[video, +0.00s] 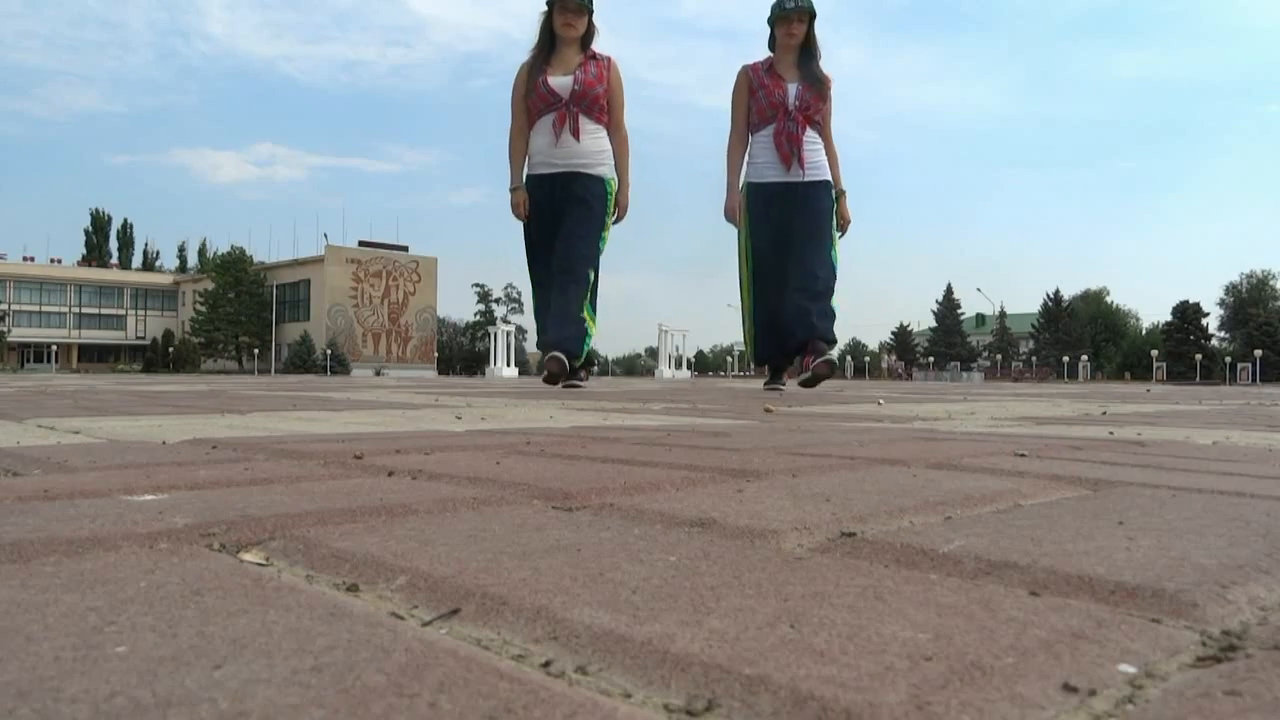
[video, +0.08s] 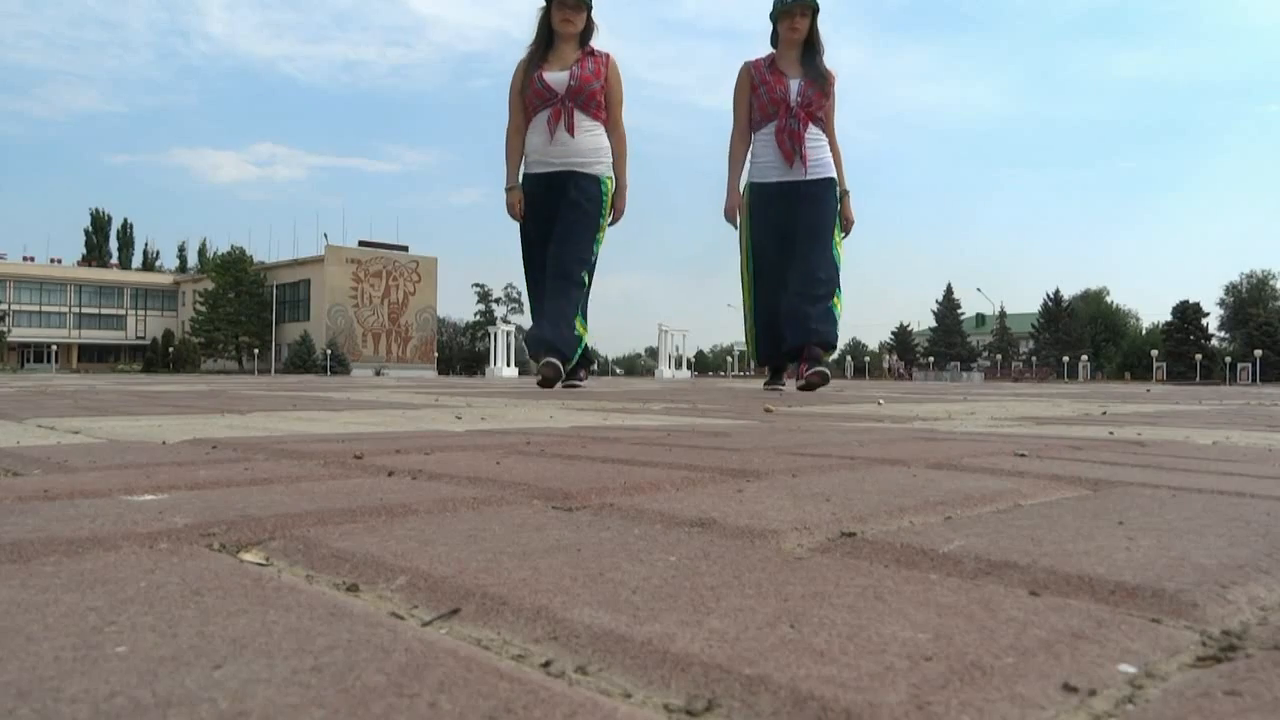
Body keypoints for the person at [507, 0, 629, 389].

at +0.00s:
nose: (570, 17)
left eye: (578, 11)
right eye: (562, 10)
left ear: (589, 19)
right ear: (550, 16)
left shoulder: (605, 67)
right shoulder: (530, 70)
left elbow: (617, 129)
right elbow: (519, 129)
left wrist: (623, 184)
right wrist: (516, 182)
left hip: (591, 178)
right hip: (541, 179)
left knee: (573, 261)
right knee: (545, 268)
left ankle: (558, 350)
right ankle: (573, 360)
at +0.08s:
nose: (569, 13)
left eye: (577, 8)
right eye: (561, 6)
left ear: (588, 16)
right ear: (548, 12)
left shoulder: (604, 64)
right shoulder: (528, 66)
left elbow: (615, 127)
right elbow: (516, 127)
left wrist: (621, 184)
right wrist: (512, 182)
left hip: (589, 176)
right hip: (538, 176)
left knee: (569, 262)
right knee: (541, 267)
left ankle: (552, 353)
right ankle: (574, 359)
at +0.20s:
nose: (567, 4)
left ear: (587, 7)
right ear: (546, 4)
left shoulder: (602, 57)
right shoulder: (523, 58)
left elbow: (613, 123)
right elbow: (510, 120)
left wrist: (620, 183)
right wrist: (504, 178)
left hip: (585, 169)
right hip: (532, 171)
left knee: (567, 263)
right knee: (535, 265)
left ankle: (547, 361)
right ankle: (568, 357)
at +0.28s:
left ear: (585, 2)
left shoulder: (600, 50)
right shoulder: (521, 48)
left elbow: (612, 115)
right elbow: (507, 112)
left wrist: (620, 175)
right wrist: (498, 170)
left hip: (583, 161)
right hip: (530, 164)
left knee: (567, 258)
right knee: (530, 260)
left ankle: (546, 361)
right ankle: (559, 353)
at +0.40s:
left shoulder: (598, 41)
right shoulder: (518, 40)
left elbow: (612, 104)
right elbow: (502, 103)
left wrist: (620, 159)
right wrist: (490, 160)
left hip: (582, 157)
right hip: (528, 160)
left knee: (570, 257)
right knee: (523, 256)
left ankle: (546, 363)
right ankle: (538, 347)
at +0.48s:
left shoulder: (599, 33)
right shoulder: (516, 32)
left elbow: (613, 95)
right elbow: (501, 97)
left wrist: (616, 149)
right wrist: (486, 154)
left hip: (580, 154)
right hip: (524, 154)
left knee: (571, 257)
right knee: (522, 243)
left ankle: (549, 360)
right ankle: (520, 335)